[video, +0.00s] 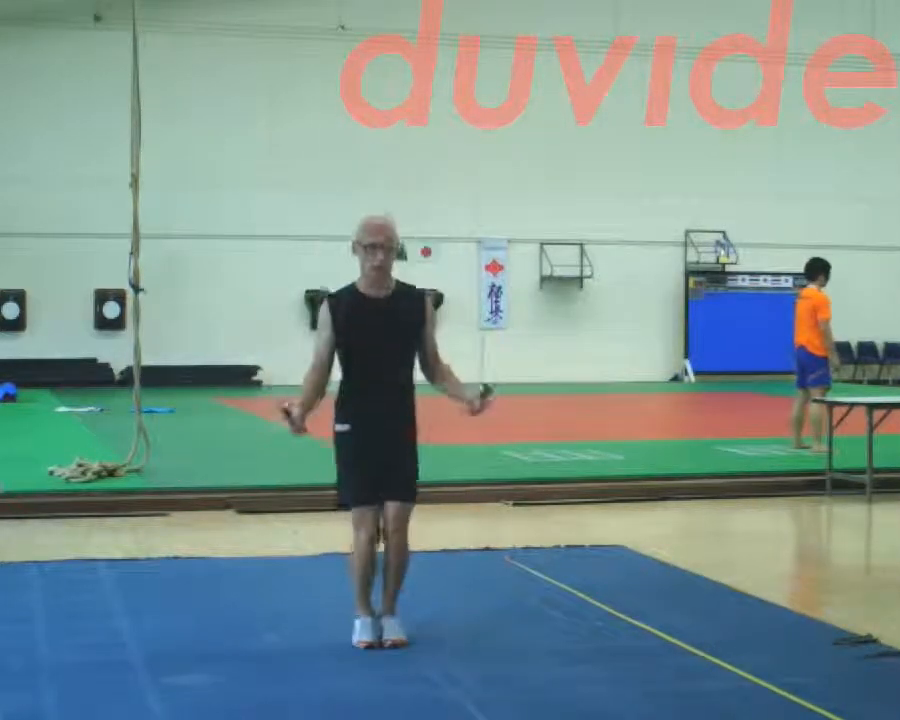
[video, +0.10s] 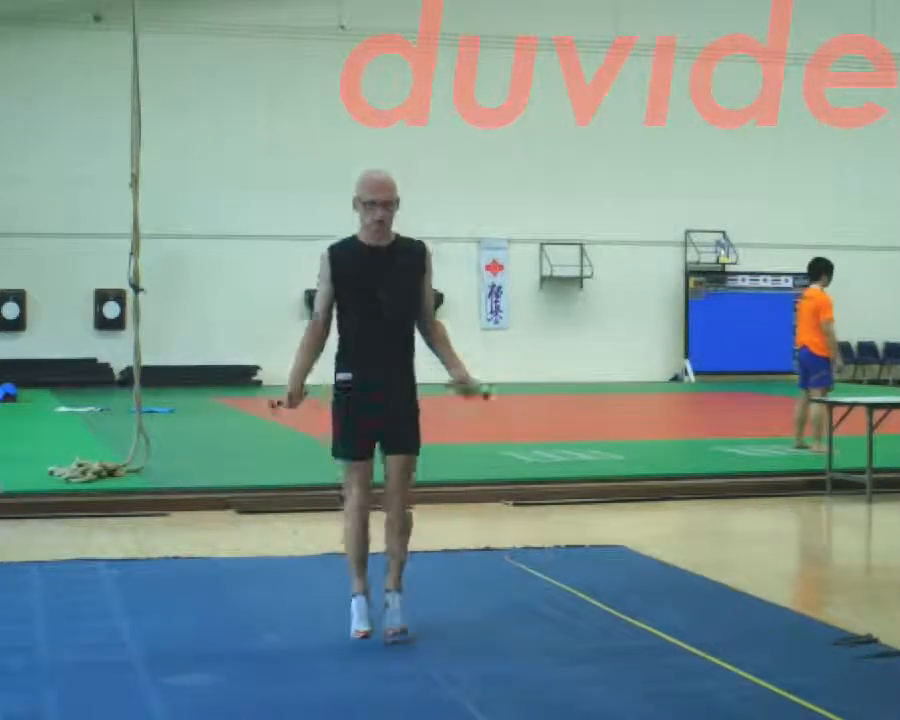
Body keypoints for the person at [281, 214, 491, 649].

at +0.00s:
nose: (377, 256)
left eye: (384, 248)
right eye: (369, 248)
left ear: (396, 251)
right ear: (355, 251)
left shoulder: (418, 303)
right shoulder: (336, 306)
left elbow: (433, 365)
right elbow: (320, 368)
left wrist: (465, 395)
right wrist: (301, 408)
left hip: (399, 420)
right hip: (354, 421)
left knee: (396, 521)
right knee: (366, 523)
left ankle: (389, 614)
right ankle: (363, 615)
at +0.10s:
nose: (380, 214)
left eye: (388, 206)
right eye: (371, 206)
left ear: (398, 207)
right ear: (356, 207)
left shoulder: (416, 254)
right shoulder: (336, 257)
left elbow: (428, 322)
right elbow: (318, 325)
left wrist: (458, 370)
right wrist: (296, 380)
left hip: (400, 385)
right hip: (353, 386)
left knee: (400, 497)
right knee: (359, 497)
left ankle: (393, 594)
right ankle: (359, 596)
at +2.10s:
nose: (354, 209)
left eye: (363, 201)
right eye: (346, 200)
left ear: (377, 203)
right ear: (334, 203)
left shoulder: (398, 250)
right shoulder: (316, 255)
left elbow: (419, 315)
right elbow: (298, 323)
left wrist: (454, 360)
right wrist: (274, 375)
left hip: (381, 375)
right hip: (334, 376)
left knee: (380, 475)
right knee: (345, 476)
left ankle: (369, 581)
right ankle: (340, 584)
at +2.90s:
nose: (344, 226)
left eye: (353, 218)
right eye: (336, 218)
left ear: (368, 220)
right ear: (326, 219)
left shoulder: (389, 272)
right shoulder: (307, 272)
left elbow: (404, 337)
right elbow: (286, 339)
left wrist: (433, 386)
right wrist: (265, 395)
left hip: (372, 400)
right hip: (325, 401)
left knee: (370, 501)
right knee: (332, 502)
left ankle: (364, 610)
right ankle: (331, 610)